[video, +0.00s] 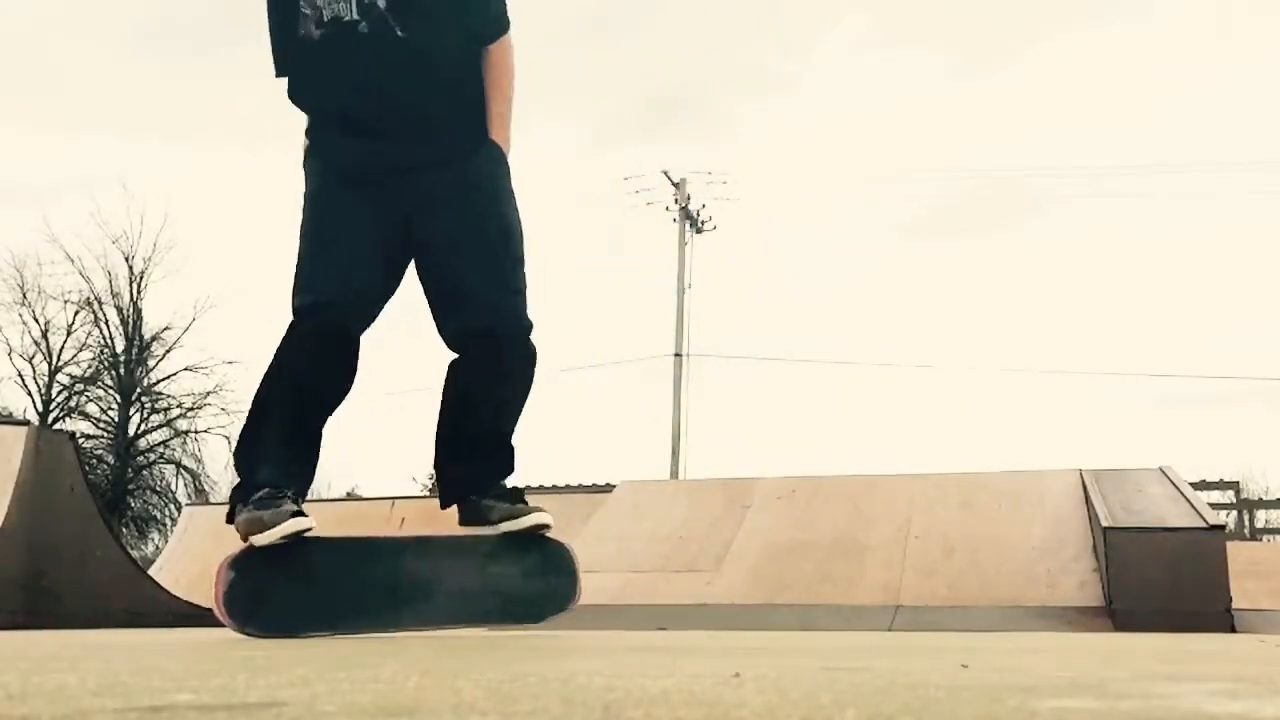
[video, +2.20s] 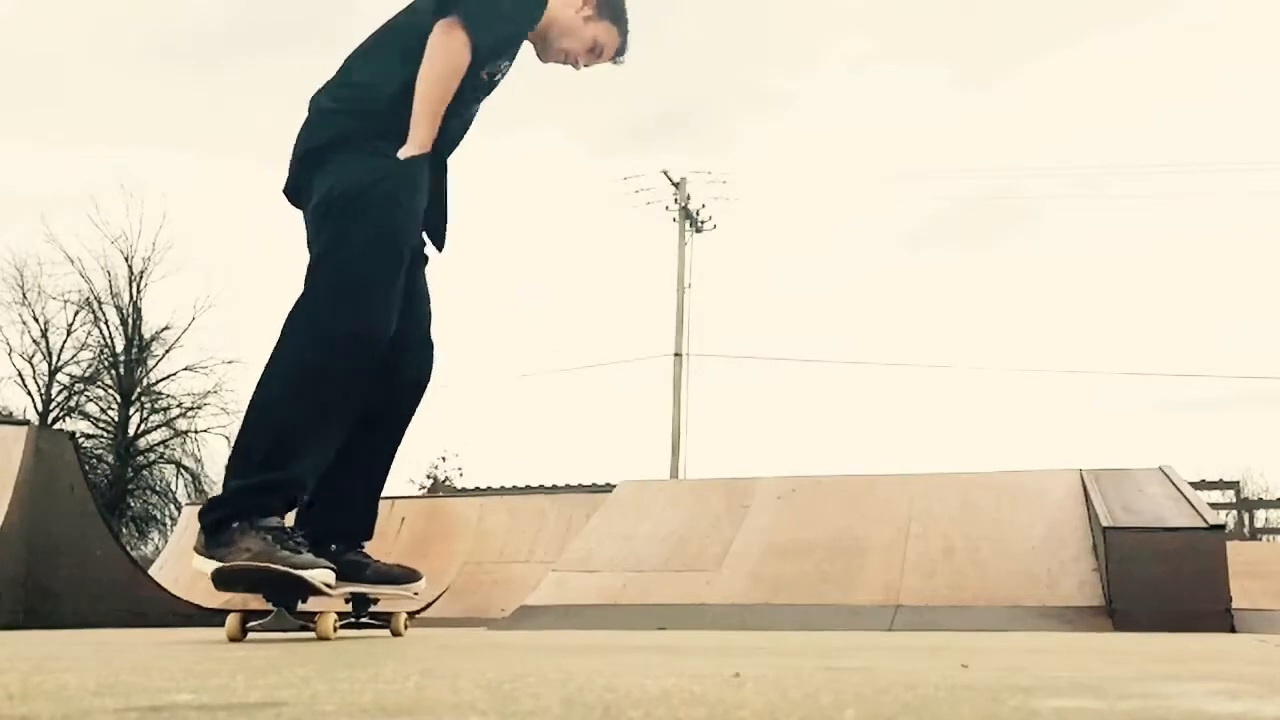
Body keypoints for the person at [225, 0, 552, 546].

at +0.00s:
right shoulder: (290, 7)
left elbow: (495, 38)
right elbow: (302, 78)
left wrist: (495, 150)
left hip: (460, 162)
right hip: (350, 171)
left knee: (497, 333)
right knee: (324, 324)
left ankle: (479, 487)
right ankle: (264, 490)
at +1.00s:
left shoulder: (480, 6)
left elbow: (469, 75)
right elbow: (287, 51)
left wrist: (466, 175)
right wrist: (292, 154)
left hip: (432, 156)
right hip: (324, 153)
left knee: (473, 314)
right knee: (286, 316)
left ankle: (484, 481)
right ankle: (259, 492)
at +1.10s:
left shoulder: (472, 6)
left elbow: (468, 23)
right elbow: (286, 9)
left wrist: (452, 110)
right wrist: (288, 93)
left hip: (414, 109)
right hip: (325, 106)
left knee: (498, 211)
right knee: (315, 258)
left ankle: (474, 380)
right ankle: (279, 430)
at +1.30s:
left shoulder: (475, 5)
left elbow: (436, 70)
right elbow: (276, 36)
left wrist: (431, 152)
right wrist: (311, 147)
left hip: (414, 149)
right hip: (337, 143)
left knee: (476, 311)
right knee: (359, 299)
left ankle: (366, 461)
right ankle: (290, 504)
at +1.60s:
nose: (550, 52)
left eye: (567, 45)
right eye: (554, 30)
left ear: (577, 42)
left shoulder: (503, 80)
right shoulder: (405, 14)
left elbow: (426, 158)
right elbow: (299, 55)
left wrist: (393, 216)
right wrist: (309, 185)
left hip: (387, 221)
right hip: (309, 194)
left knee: (435, 382)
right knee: (365, 334)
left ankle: (359, 541)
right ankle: (279, 529)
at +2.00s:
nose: (595, 63)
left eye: (608, 61)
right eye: (605, 46)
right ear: (586, 6)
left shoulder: (495, 68)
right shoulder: (476, 9)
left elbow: (410, 134)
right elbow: (366, 28)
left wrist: (394, 196)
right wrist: (346, 156)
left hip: (383, 194)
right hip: (322, 165)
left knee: (410, 371)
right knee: (348, 331)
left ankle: (342, 541)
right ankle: (256, 526)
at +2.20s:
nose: (582, 62)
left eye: (594, 62)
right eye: (595, 48)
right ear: (583, 4)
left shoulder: (499, 42)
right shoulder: (518, 5)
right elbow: (454, 33)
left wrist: (417, 183)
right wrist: (417, 147)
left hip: (394, 180)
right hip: (367, 154)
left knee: (402, 360)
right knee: (348, 323)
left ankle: (331, 538)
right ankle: (240, 519)